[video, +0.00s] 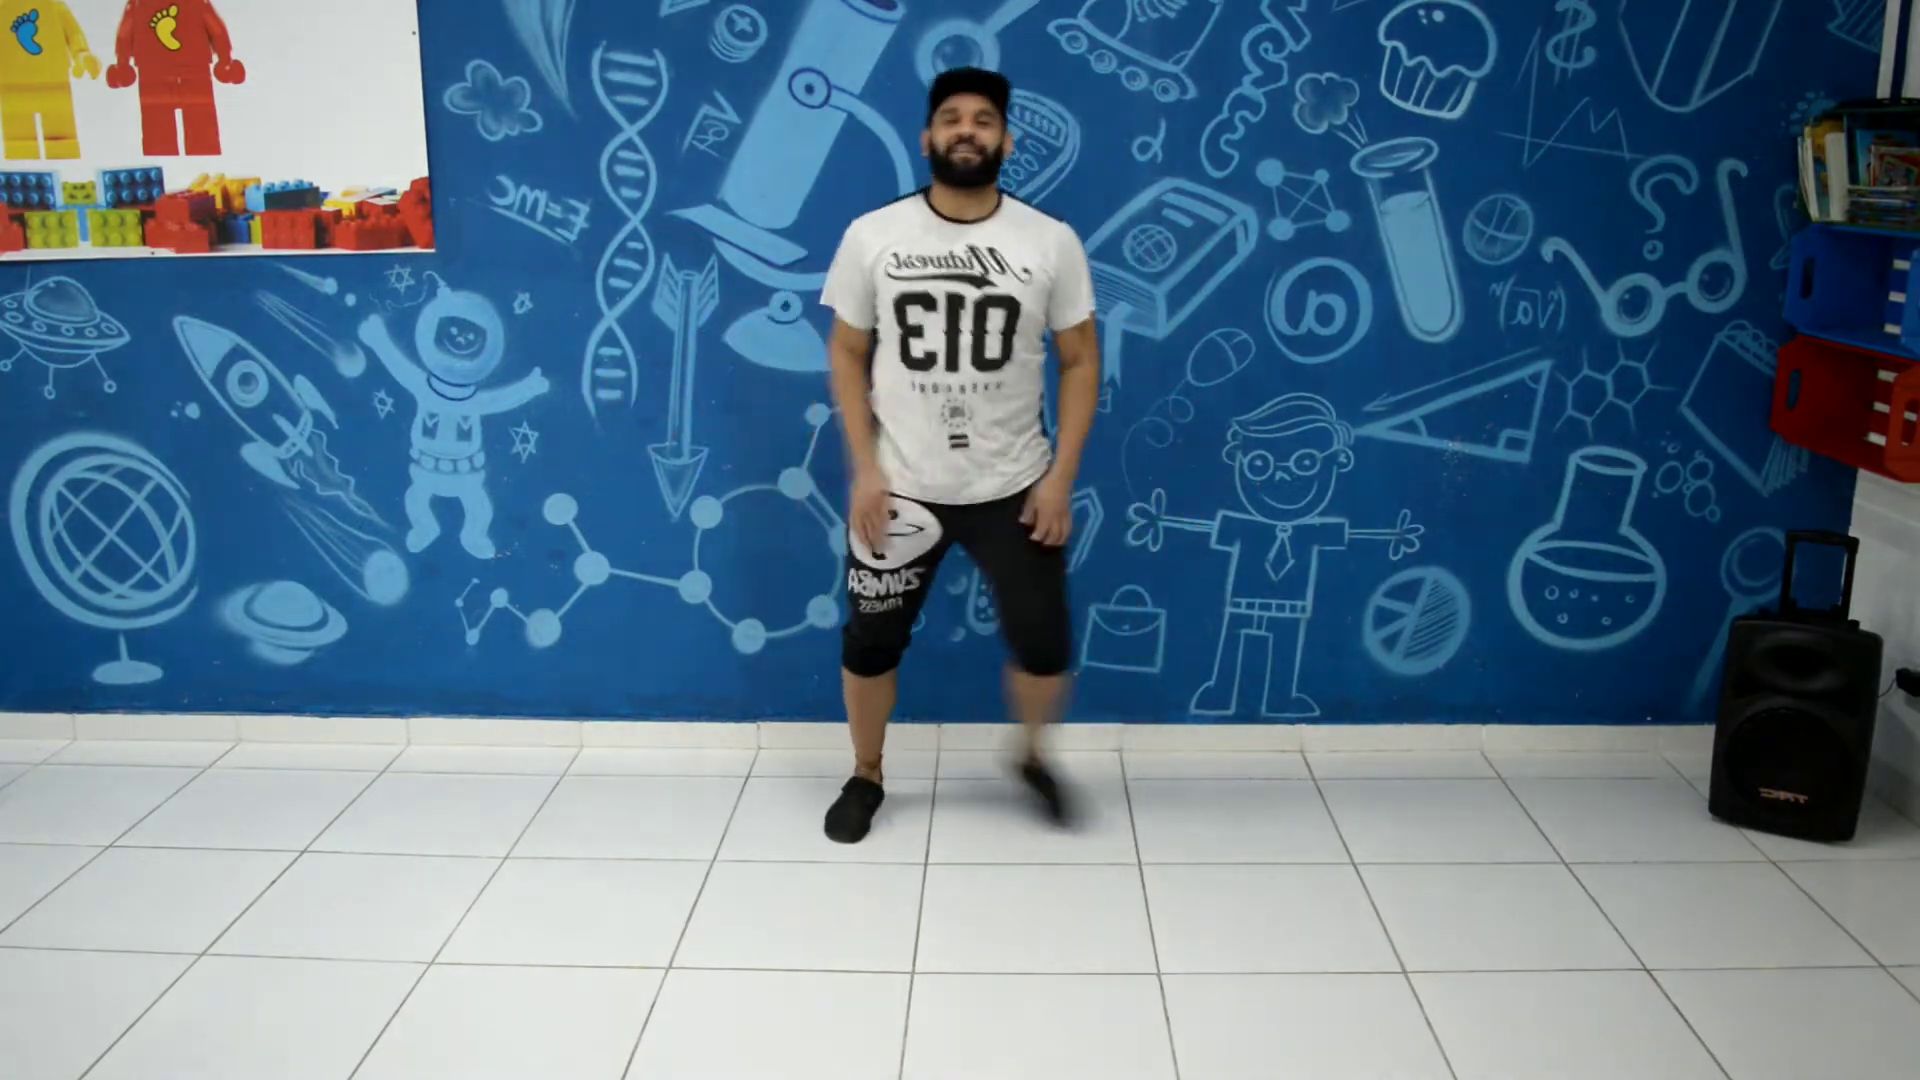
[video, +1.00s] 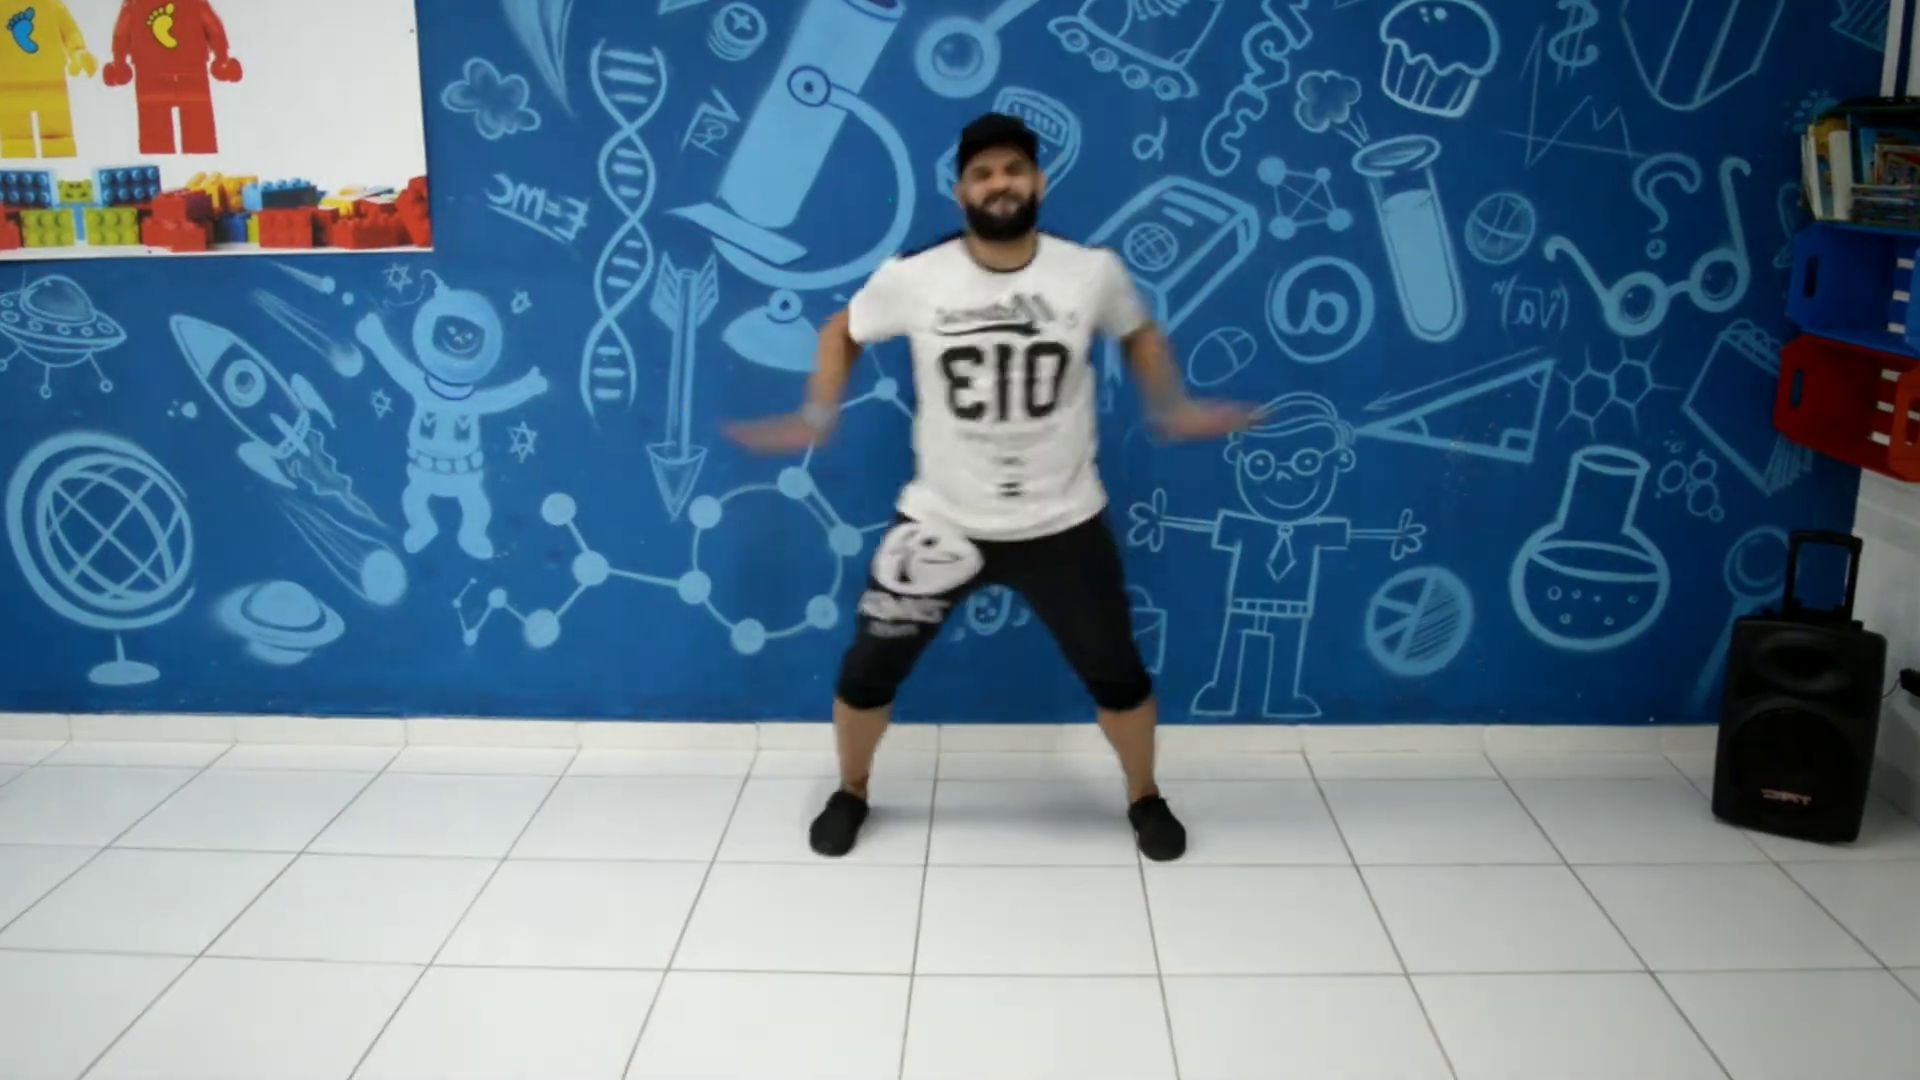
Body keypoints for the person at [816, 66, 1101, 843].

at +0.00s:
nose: (966, 131)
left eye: (983, 121)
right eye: (951, 120)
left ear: (1005, 142)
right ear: (928, 138)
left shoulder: (1051, 244)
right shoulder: (872, 238)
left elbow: (1080, 364)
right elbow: (848, 357)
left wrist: (1061, 476)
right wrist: (864, 471)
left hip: (1013, 485)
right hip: (902, 483)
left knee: (1045, 641)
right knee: (870, 640)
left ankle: (1031, 756)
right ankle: (865, 775)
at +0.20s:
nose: (1002, 176)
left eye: (1020, 165)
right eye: (987, 163)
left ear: (1042, 184)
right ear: (964, 179)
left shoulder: (1090, 283)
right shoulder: (911, 282)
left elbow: (1128, 391)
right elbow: (859, 388)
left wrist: (1095, 499)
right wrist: (873, 499)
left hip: (1057, 518)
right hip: (939, 515)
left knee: (1113, 665)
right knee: (879, 664)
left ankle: (1142, 796)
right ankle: (866, 781)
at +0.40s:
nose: (1044, 133)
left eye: (1060, 123)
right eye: (1029, 123)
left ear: (1083, 140)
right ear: (1006, 142)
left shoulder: (1137, 234)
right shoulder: (954, 247)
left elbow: (1182, 345)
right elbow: (909, 358)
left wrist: (1169, 448)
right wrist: (947, 461)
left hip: (1109, 485)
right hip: (995, 485)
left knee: (1133, 647)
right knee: (956, 646)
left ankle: (1144, 788)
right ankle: (991, 750)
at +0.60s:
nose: (1063, 176)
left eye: (1078, 161)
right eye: (1048, 162)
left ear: (1102, 168)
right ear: (1027, 172)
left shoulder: (1151, 264)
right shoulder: (982, 276)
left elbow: (1177, 389)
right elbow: (980, 400)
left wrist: (1128, 406)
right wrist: (1063, 410)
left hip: (1136, 503)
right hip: (1033, 513)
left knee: (1157, 668)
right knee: (1050, 681)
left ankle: (1149, 791)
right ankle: (1128, 746)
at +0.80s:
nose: (1045, 148)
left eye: (1059, 132)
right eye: (1027, 136)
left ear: (1082, 139)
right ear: (1005, 148)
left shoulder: (1138, 235)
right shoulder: (959, 250)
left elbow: (1195, 327)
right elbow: (904, 347)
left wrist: (1232, 395)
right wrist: (870, 416)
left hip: (1110, 487)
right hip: (999, 487)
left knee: (1132, 647)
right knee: (960, 655)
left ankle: (1146, 791)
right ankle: (1004, 745)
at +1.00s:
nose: (1000, 184)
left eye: (1016, 170)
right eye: (983, 172)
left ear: (1041, 183)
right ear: (960, 188)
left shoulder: (1092, 274)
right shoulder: (909, 283)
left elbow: (1143, 338)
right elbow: (839, 334)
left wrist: (1173, 408)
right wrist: (820, 414)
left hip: (1063, 521)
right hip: (943, 520)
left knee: (1117, 673)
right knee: (868, 670)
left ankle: (1145, 797)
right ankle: (850, 793)